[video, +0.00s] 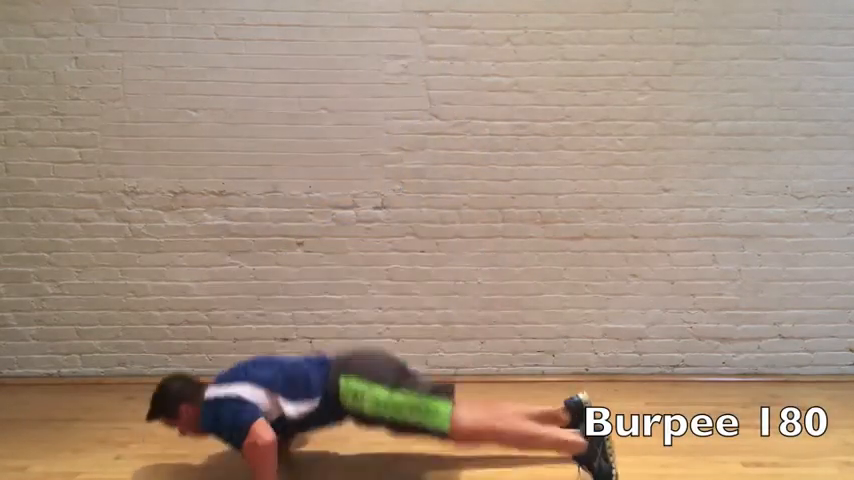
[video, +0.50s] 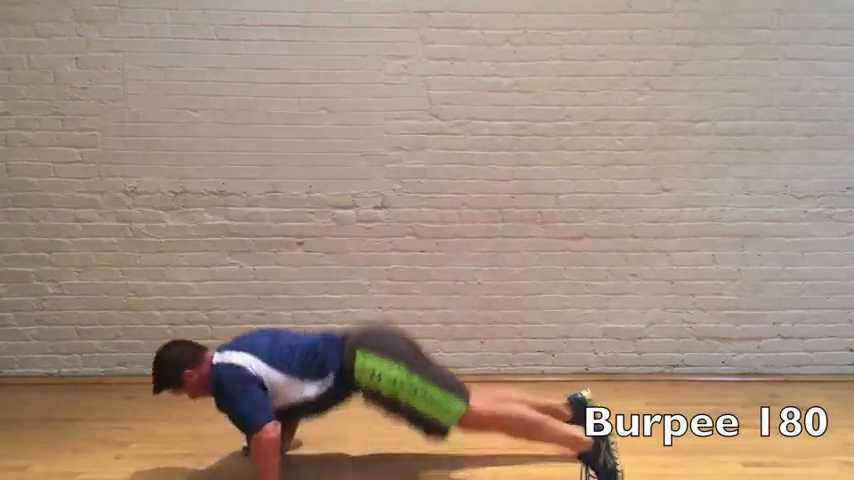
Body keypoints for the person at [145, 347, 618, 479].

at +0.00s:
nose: (179, 430)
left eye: (174, 423)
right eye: (173, 425)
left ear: (185, 408)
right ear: (191, 392)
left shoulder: (218, 405)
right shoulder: (229, 382)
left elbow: (263, 437)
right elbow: (282, 421)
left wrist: (264, 478)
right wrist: (278, 450)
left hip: (352, 384)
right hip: (356, 368)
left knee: (458, 425)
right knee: (458, 411)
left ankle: (581, 445)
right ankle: (564, 418)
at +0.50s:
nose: (183, 397)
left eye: (179, 391)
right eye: (178, 392)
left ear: (190, 377)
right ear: (196, 360)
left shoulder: (228, 379)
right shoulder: (236, 352)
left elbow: (265, 439)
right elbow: (289, 397)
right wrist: (281, 437)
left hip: (367, 361)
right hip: (364, 353)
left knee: (468, 412)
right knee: (463, 403)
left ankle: (585, 445)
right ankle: (568, 410)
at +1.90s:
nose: (460, 147)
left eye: (463, 139)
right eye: (459, 137)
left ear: (429, 128)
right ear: (439, 128)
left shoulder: (392, 149)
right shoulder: (407, 162)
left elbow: (379, 225)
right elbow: (417, 240)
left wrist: (409, 269)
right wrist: (459, 295)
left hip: (312, 244)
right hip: (318, 252)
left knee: (357, 346)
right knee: (369, 355)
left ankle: (347, 424)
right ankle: (328, 458)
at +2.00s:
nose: (475, 185)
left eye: (479, 177)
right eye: (476, 174)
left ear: (451, 160)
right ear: (457, 162)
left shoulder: (411, 174)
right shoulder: (423, 188)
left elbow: (400, 254)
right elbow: (427, 265)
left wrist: (431, 294)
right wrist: (459, 324)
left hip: (308, 245)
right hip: (310, 250)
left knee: (353, 346)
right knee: (363, 356)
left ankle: (345, 424)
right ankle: (326, 458)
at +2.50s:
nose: (515, 378)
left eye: (523, 374)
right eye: (523, 373)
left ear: (518, 344)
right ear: (520, 357)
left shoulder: (489, 328)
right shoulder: (488, 342)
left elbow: (463, 384)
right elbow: (475, 416)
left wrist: (475, 426)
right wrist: (482, 473)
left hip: (388, 241)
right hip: (389, 255)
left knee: (346, 344)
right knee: (353, 370)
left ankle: (275, 379)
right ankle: (253, 412)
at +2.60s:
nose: (548, 384)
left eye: (556, 380)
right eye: (555, 379)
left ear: (546, 351)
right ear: (549, 363)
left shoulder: (509, 332)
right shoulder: (515, 350)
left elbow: (467, 384)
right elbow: (482, 419)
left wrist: (474, 431)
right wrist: (486, 475)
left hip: (404, 265)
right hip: (405, 281)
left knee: (323, 342)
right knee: (323, 372)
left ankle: (237, 367)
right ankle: (210, 397)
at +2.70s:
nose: (566, 398)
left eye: (573, 394)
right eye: (572, 393)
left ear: (562, 363)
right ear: (564, 375)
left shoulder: (520, 343)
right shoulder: (529, 363)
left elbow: (465, 386)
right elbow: (478, 419)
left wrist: (478, 431)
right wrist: (484, 474)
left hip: (406, 303)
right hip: (408, 324)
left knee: (308, 348)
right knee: (303, 380)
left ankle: (217, 370)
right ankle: (191, 403)